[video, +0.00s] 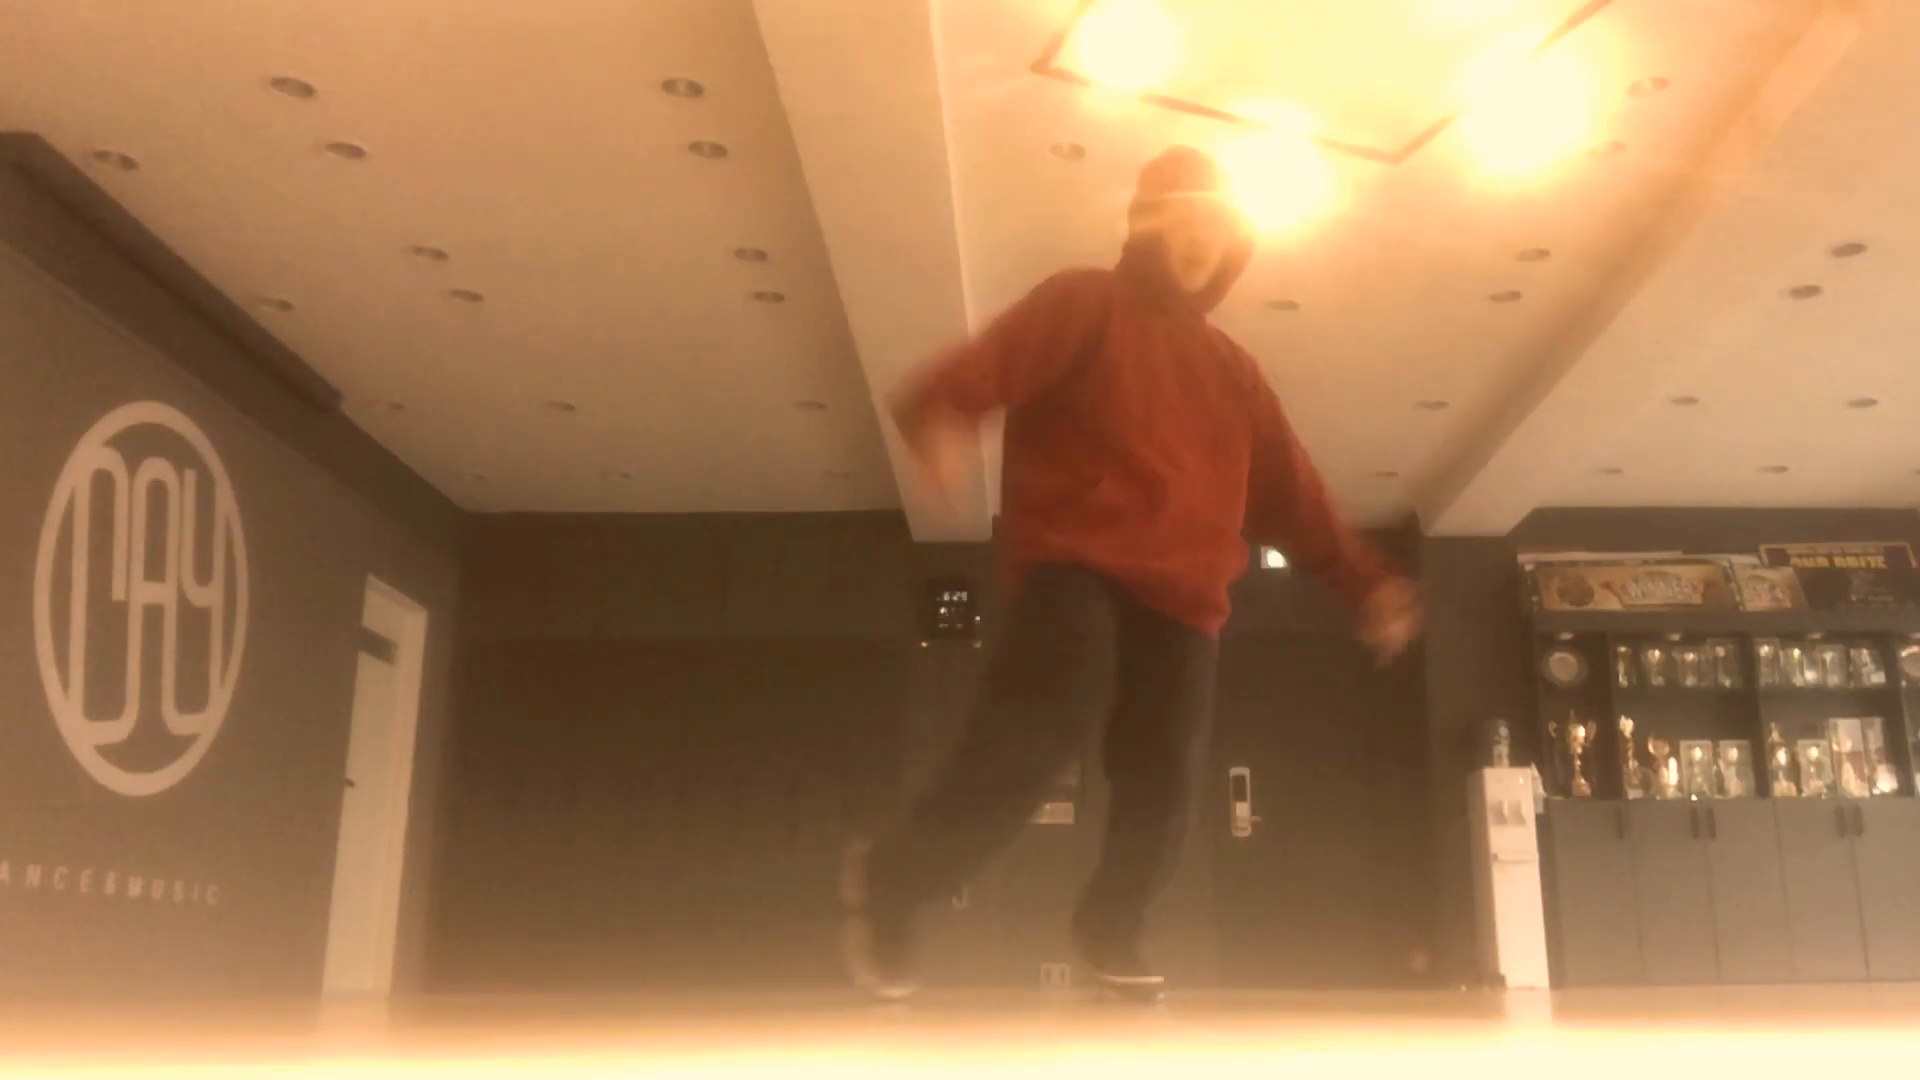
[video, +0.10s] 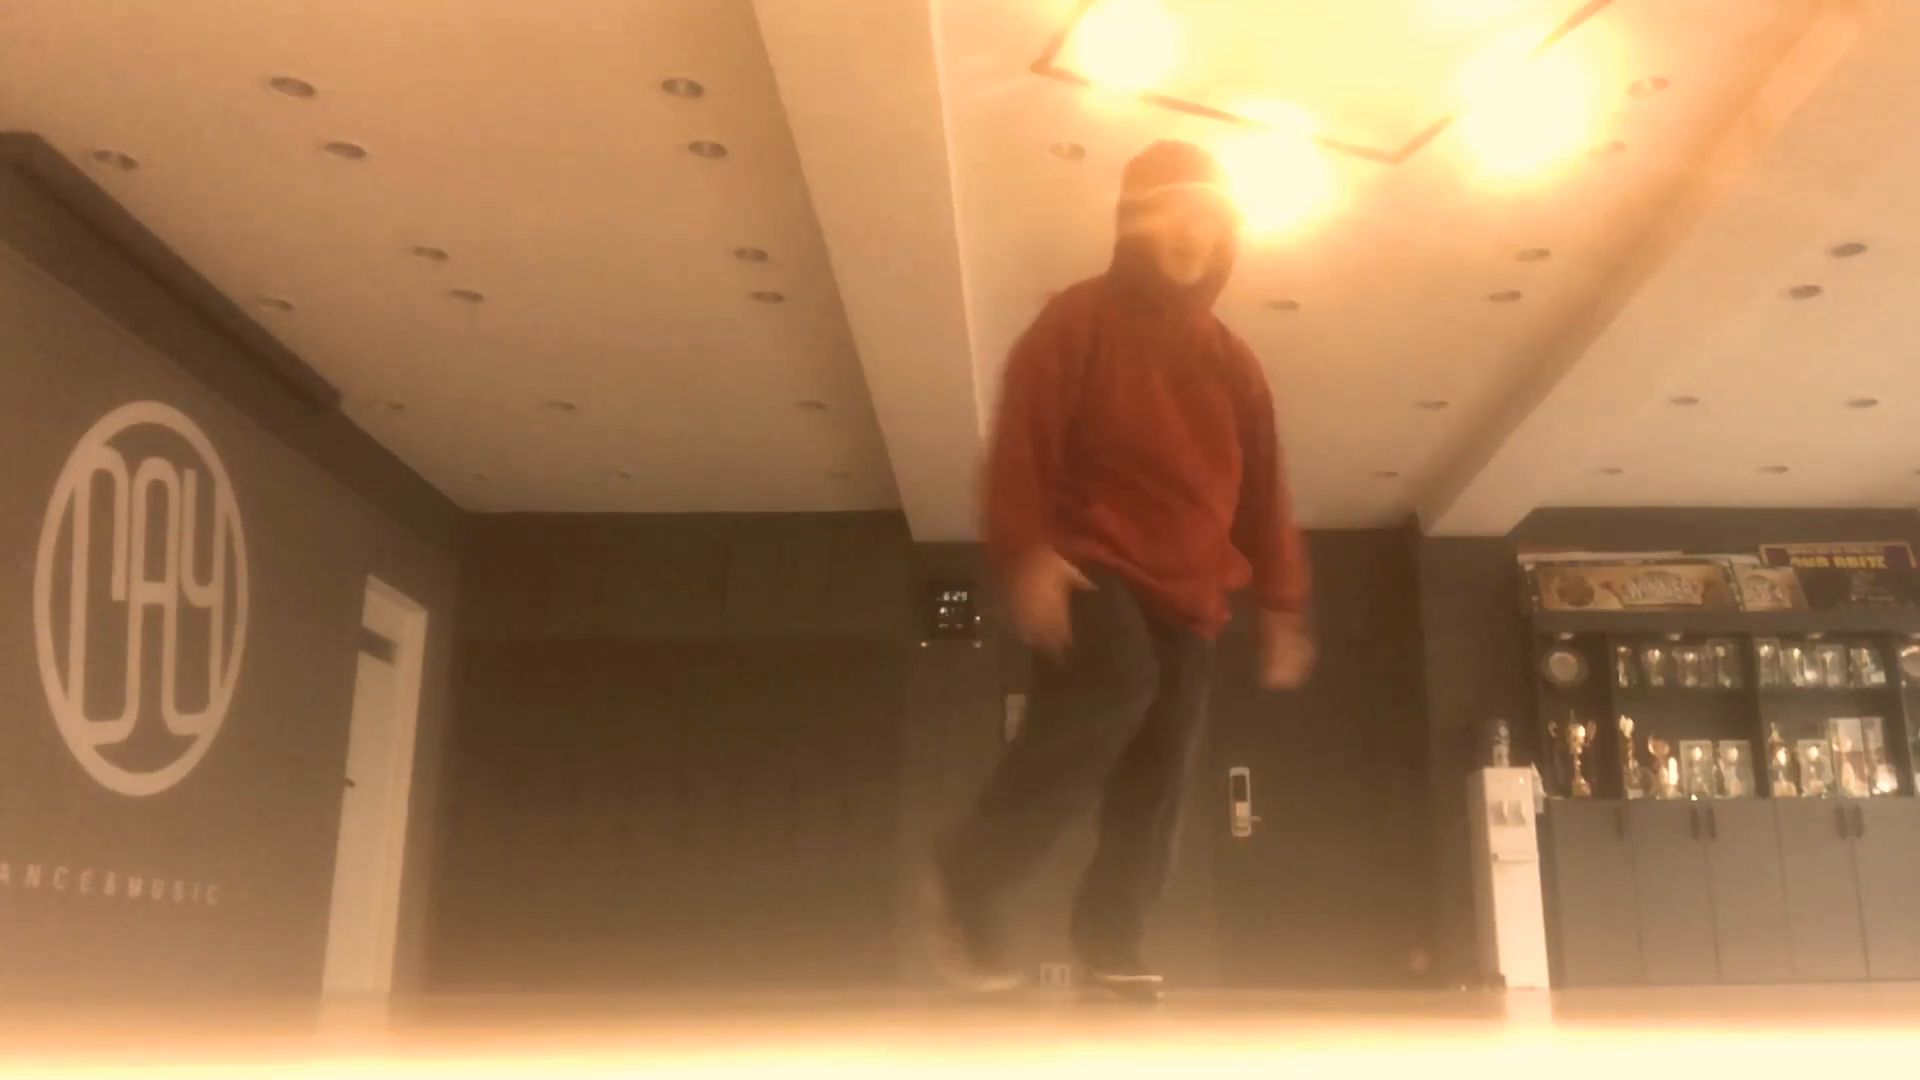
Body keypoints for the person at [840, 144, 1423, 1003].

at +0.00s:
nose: (1201, 241)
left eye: (1218, 227)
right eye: (1185, 220)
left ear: (1232, 248)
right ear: (1145, 223)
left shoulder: (1234, 372)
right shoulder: (1086, 302)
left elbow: (1297, 495)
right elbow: (981, 366)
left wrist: (1366, 580)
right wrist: (939, 411)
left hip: (1181, 592)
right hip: (1070, 558)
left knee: (1162, 771)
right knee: (1044, 727)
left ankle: (1110, 941)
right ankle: (892, 884)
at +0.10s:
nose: (1189, 234)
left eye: (1206, 216)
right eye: (1169, 214)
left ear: (1224, 234)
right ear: (1132, 223)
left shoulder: (1232, 359)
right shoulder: (1078, 320)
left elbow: (1265, 490)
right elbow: (1020, 444)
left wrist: (1283, 603)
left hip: (1186, 598)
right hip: (1089, 573)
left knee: (1156, 774)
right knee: (1116, 686)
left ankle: (1112, 945)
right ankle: (975, 871)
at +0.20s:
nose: (1154, 218)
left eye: (1172, 197)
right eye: (1133, 200)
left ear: (1202, 212)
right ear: (1105, 216)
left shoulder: (1236, 339)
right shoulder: (1061, 321)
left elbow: (1253, 475)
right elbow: (1017, 453)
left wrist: (1218, 561)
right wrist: (1031, 565)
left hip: (1195, 575)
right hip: (1087, 556)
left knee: (1182, 752)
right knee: (1148, 664)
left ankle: (1116, 936)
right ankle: (1063, 889)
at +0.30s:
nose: (1119, 186)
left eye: (1135, 164)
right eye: (1095, 170)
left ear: (1164, 176)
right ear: (1065, 190)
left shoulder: (1225, 291)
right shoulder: (1042, 309)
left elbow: (1274, 405)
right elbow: (986, 437)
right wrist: (1001, 556)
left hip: (1217, 545)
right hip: (1102, 532)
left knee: (1198, 751)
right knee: (1162, 675)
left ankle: (1118, 930)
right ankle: (1161, 935)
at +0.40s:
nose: (1091, 180)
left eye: (1105, 157)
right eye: (1067, 167)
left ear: (1137, 162)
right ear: (1039, 188)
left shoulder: (1203, 243)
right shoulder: (1037, 311)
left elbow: (1275, 307)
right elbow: (986, 444)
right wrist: (994, 560)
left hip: (1241, 516)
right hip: (1128, 516)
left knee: (1219, 735)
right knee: (1192, 691)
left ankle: (1122, 918)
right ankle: (1230, 922)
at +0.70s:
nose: (1082, 207)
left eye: (1100, 185)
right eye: (1060, 192)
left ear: (1136, 196)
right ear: (1036, 217)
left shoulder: (1199, 264)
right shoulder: (1045, 355)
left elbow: (1280, 272)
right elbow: (1037, 503)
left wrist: (1256, 219)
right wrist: (1040, 623)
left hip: (1255, 536)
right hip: (1135, 552)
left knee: (1284, 696)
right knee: (1205, 720)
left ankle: (1166, 894)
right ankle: (1305, 938)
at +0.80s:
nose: (1077, 199)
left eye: (1096, 178)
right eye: (1057, 183)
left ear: (1130, 186)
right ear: (1037, 202)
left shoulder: (1202, 271)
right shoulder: (1028, 330)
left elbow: (1280, 371)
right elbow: (1024, 451)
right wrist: (1049, 533)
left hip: (1243, 530)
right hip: (1130, 544)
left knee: (1247, 726)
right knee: (1181, 724)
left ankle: (1156, 902)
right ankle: (1263, 930)